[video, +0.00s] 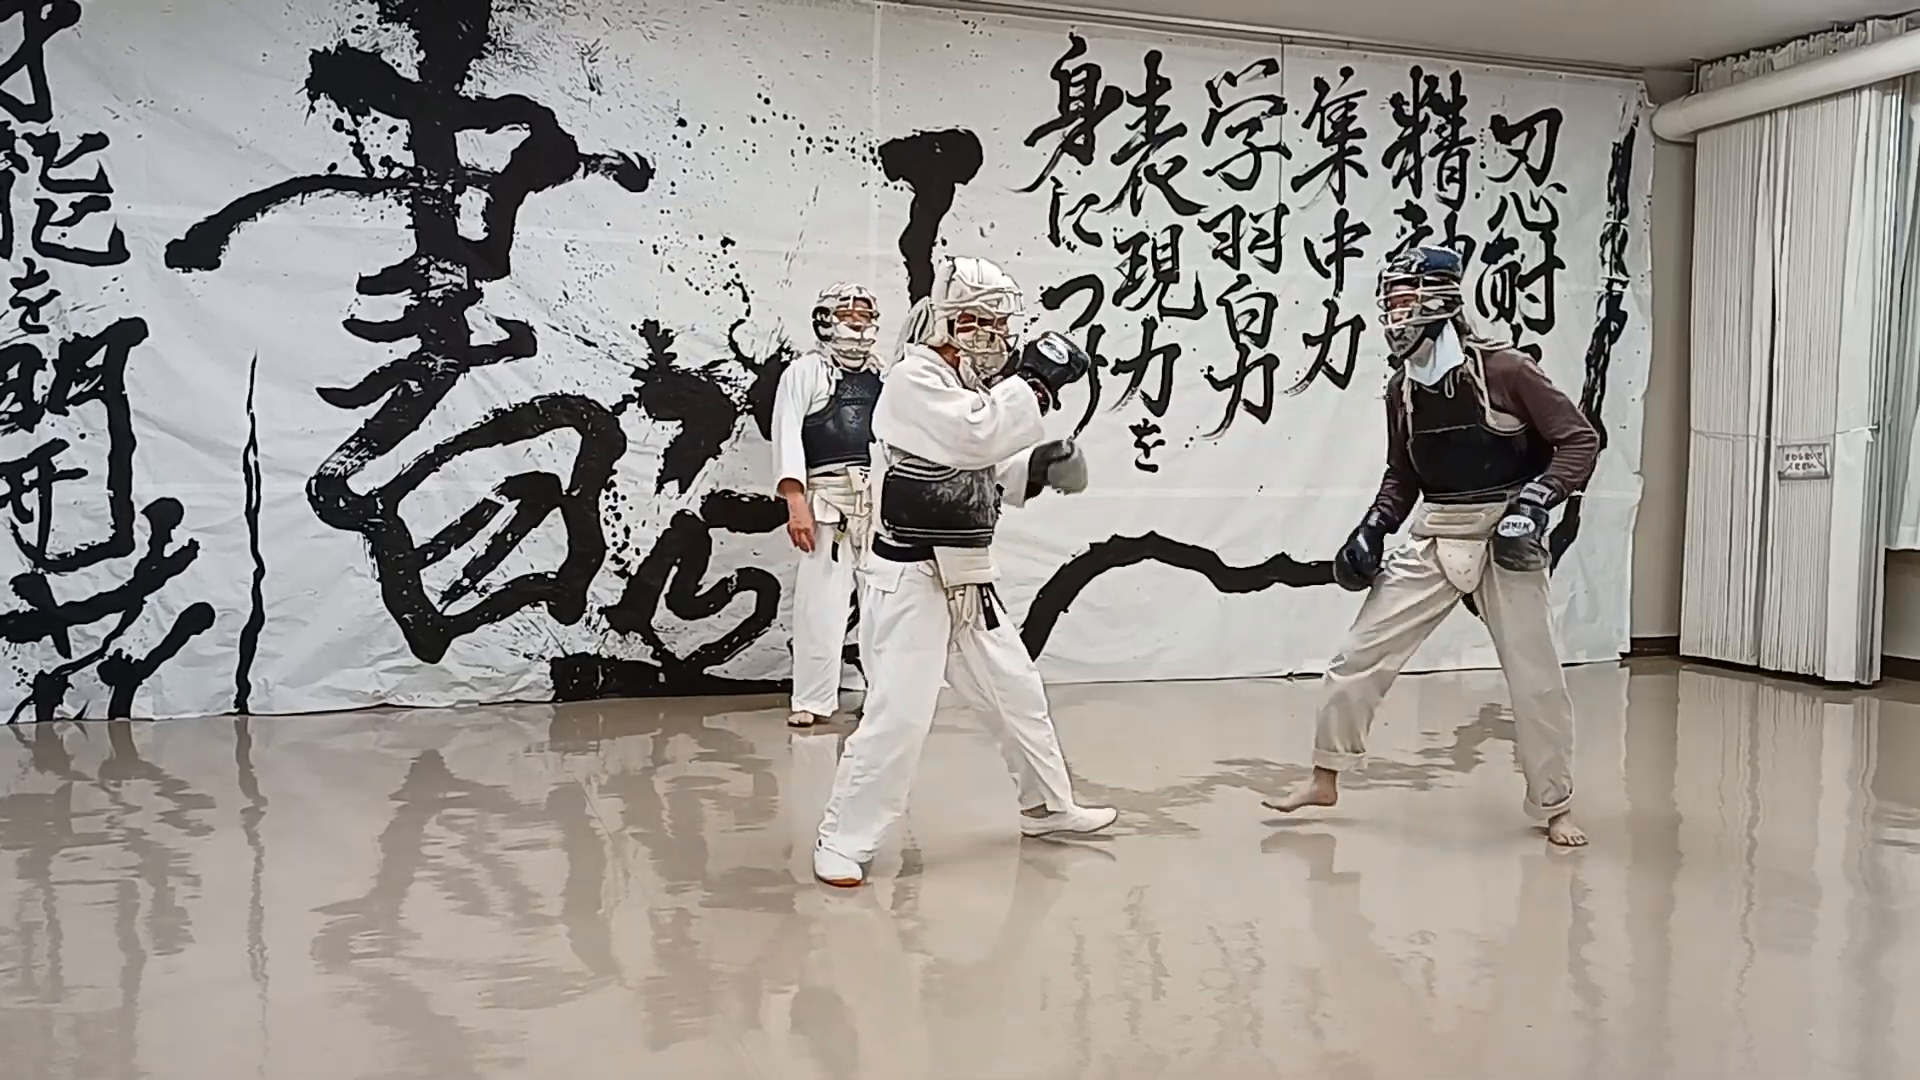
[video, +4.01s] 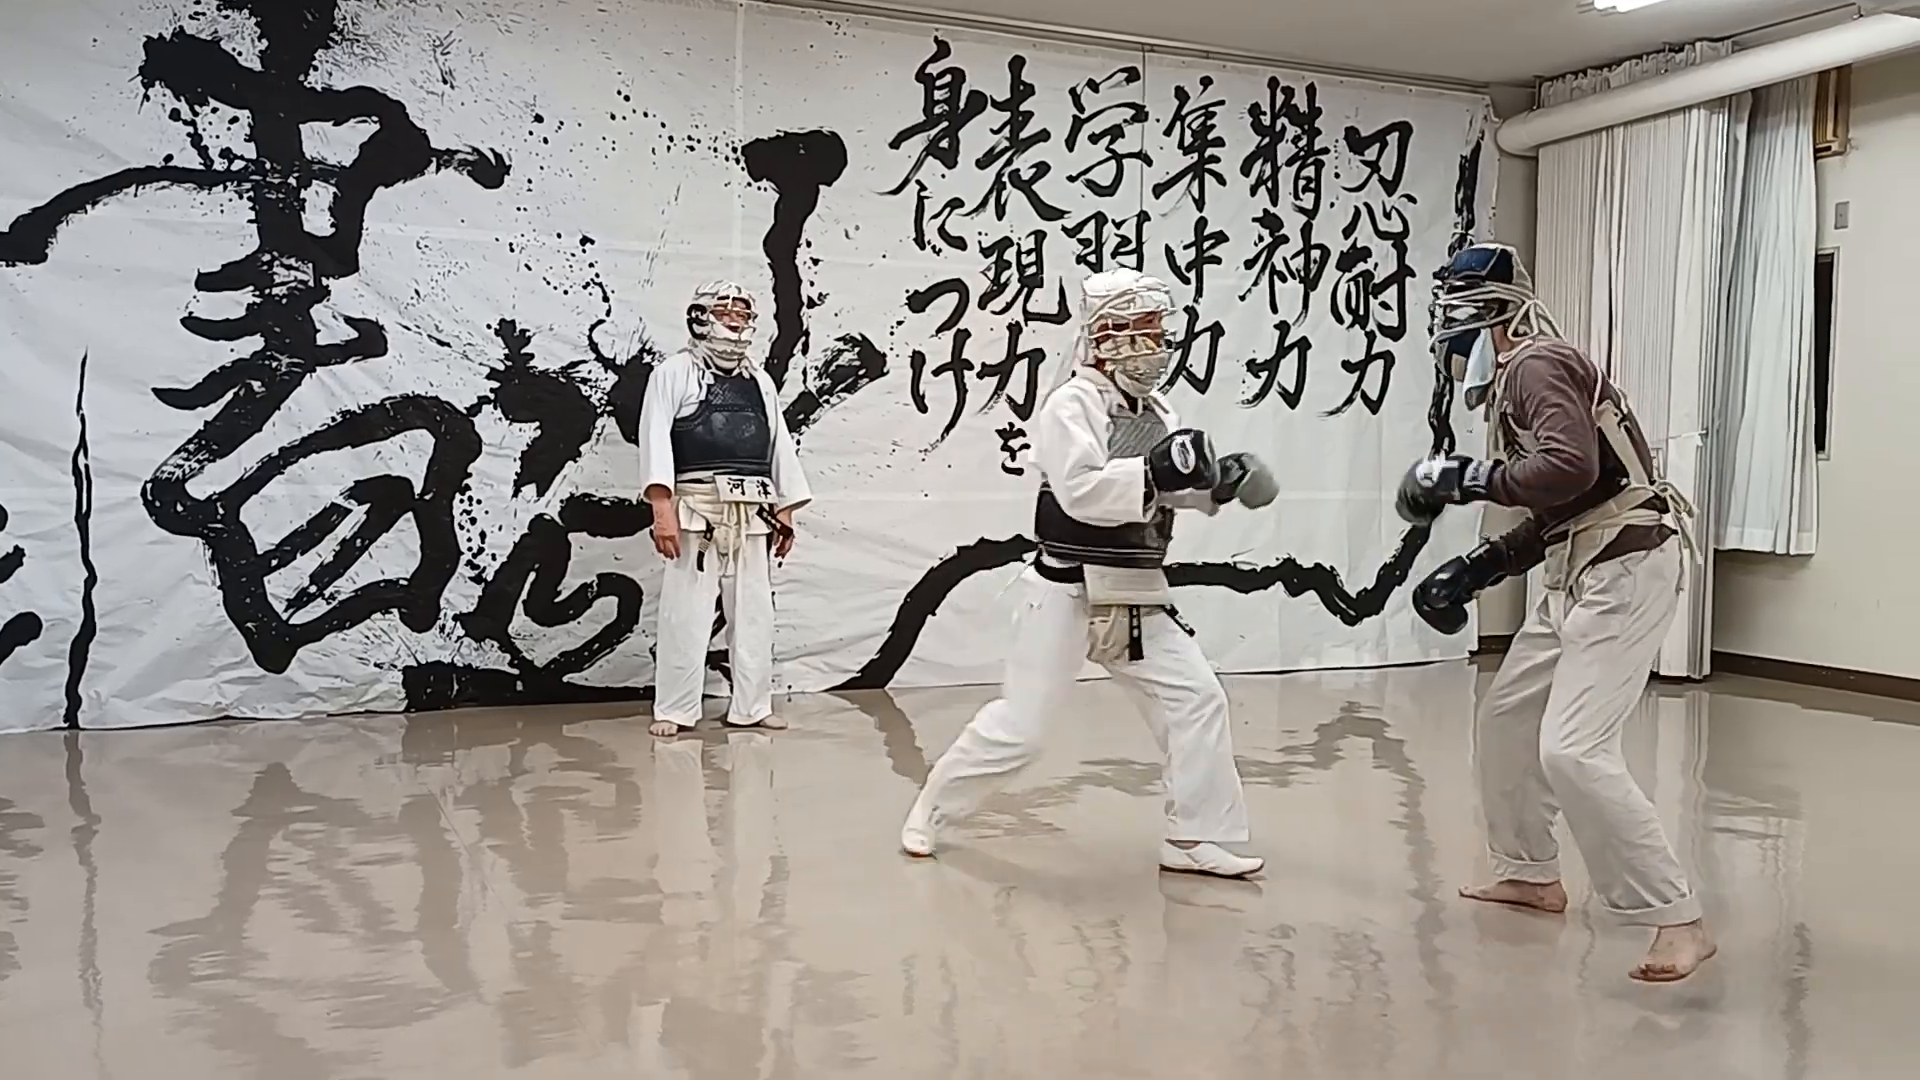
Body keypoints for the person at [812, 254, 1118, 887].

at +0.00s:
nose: (991, 334)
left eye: (998, 323)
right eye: (978, 321)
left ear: (1005, 328)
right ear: (947, 321)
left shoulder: (975, 388)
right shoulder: (914, 375)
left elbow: (979, 477)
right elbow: (975, 432)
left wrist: (1039, 473)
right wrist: (1037, 380)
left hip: (964, 572)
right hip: (908, 574)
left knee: (1018, 688)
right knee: (898, 714)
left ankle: (1048, 807)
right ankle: (842, 845)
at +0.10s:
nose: (1007, 334)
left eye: (1012, 324)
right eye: (995, 321)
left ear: (1010, 326)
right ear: (961, 320)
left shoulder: (986, 385)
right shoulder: (925, 376)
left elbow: (1021, 450)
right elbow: (995, 426)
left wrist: (1078, 408)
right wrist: (1046, 368)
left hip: (974, 572)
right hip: (918, 574)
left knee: (1018, 693)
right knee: (905, 715)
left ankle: (1046, 813)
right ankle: (841, 844)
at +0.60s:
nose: (1073, 359)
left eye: (1079, 348)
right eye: (1059, 348)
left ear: (1084, 350)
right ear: (1028, 349)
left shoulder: (1059, 407)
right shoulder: (994, 408)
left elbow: (1072, 467)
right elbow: (1055, 478)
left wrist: (1127, 419)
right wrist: (1117, 428)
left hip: (1029, 588)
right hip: (972, 591)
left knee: (1095, 688)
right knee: (962, 721)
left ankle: (1110, 804)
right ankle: (890, 822)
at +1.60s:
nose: (1088, 344)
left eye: (1095, 332)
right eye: (1076, 331)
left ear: (1098, 334)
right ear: (1042, 330)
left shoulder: (1070, 395)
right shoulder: (997, 388)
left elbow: (1084, 468)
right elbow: (1017, 489)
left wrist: (1110, 494)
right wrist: (1098, 498)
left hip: (1056, 573)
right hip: (991, 575)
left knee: (1124, 673)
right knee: (982, 703)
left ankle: (1139, 795)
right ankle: (906, 834)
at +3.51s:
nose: (1072, 350)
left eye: (1084, 337)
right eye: (1056, 337)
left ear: (1098, 344)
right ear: (1029, 342)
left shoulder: (1098, 414)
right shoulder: (989, 408)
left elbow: (1102, 507)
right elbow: (970, 507)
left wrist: (1120, 548)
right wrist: (1036, 535)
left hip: (1073, 589)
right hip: (998, 592)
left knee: (1131, 705)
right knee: (974, 719)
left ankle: (1140, 823)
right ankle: (905, 833)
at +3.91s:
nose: (1106, 353)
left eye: (1115, 340)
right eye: (1089, 340)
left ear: (1126, 345)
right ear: (1057, 346)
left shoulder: (1121, 417)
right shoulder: (1021, 415)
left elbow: (1125, 496)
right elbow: (1021, 512)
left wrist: (1154, 521)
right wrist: (1102, 517)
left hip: (1097, 596)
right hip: (1023, 596)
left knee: (1181, 685)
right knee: (987, 720)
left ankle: (1184, 826)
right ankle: (929, 817)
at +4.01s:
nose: (1148, 345)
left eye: (1155, 332)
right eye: (1133, 332)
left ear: (1162, 337)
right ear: (1100, 340)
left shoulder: (1157, 413)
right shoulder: (1069, 405)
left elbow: (1173, 494)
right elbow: (1081, 491)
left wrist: (1220, 486)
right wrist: (1157, 474)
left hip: (1133, 591)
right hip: (1061, 590)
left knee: (1199, 700)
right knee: (1020, 728)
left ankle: (1193, 839)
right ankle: (934, 805)